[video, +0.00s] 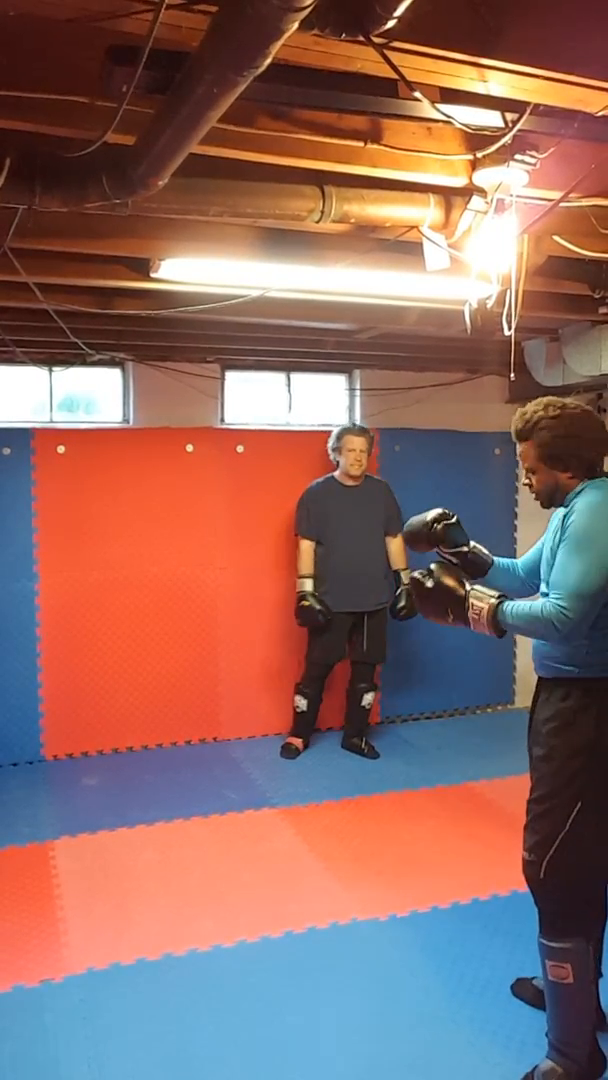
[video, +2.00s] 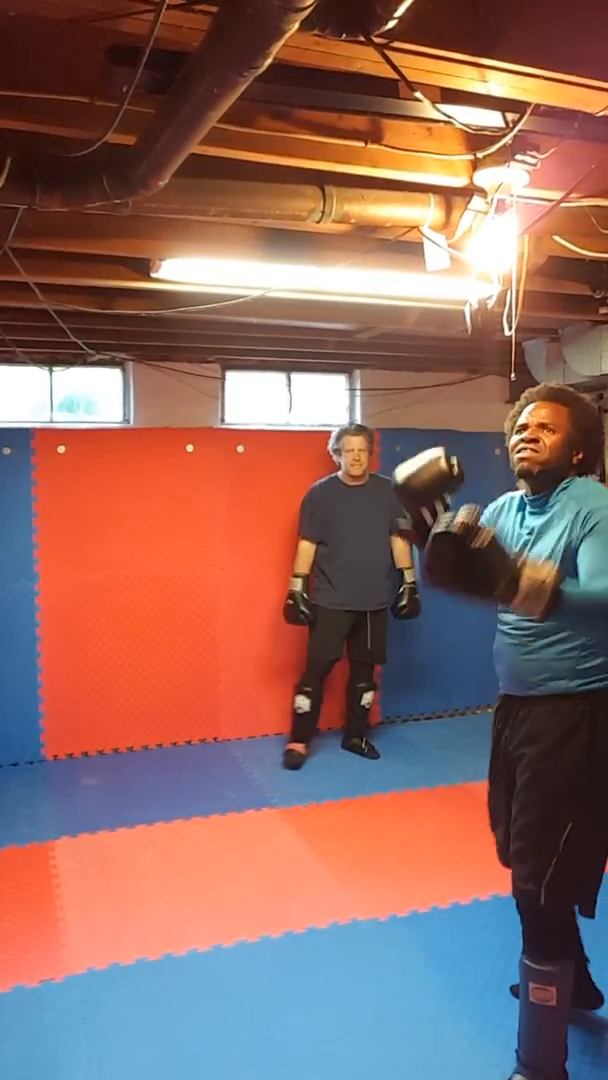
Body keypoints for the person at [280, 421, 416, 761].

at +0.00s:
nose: (358, 457)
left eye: (363, 452)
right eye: (351, 451)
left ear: (370, 455)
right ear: (336, 454)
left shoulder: (381, 491)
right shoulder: (316, 495)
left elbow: (394, 539)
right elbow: (307, 545)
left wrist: (404, 583)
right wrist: (306, 593)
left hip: (374, 601)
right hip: (331, 601)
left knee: (366, 671)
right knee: (316, 670)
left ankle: (355, 735)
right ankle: (300, 733)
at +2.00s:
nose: (356, 457)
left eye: (362, 451)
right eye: (350, 452)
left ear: (371, 454)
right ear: (338, 455)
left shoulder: (387, 491)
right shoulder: (320, 494)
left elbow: (400, 539)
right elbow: (307, 543)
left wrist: (409, 583)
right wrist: (296, 588)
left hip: (375, 600)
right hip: (330, 599)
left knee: (365, 670)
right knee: (316, 669)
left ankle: (355, 736)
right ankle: (299, 741)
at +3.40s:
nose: (274, 459)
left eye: (281, 452)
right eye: (268, 453)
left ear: (294, 455)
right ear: (259, 458)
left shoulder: (317, 491)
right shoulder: (247, 497)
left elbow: (334, 541)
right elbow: (237, 548)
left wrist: (340, 591)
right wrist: (230, 596)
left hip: (303, 602)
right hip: (258, 604)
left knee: (286, 674)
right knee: (267, 676)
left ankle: (275, 758)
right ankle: (276, 748)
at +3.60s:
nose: (273, 458)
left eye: (280, 452)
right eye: (268, 452)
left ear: (295, 456)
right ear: (260, 456)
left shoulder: (316, 493)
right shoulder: (246, 497)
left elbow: (333, 543)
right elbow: (233, 548)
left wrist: (340, 591)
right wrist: (224, 596)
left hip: (305, 606)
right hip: (258, 607)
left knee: (301, 680)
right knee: (267, 680)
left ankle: (303, 763)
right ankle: (280, 748)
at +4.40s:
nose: (311, 454)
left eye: (316, 448)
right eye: (303, 449)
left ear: (324, 452)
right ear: (288, 454)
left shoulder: (339, 491)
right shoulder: (270, 494)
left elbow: (353, 532)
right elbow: (257, 543)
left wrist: (352, 551)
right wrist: (283, 574)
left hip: (332, 604)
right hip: (286, 606)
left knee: (342, 675)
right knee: (283, 677)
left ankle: (354, 744)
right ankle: (281, 748)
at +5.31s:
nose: (368, 460)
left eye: (373, 453)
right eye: (361, 453)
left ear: (379, 454)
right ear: (343, 455)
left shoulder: (389, 490)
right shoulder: (324, 492)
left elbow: (403, 539)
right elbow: (305, 544)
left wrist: (413, 558)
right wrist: (350, 538)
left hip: (379, 603)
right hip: (340, 603)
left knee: (369, 676)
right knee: (345, 674)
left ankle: (359, 744)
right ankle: (337, 760)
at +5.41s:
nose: (369, 460)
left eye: (374, 453)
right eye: (362, 453)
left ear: (380, 454)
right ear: (345, 455)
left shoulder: (390, 492)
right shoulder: (324, 493)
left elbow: (405, 537)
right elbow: (306, 544)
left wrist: (388, 543)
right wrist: (348, 537)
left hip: (380, 605)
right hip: (341, 607)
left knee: (368, 679)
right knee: (345, 681)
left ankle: (360, 744)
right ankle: (344, 764)